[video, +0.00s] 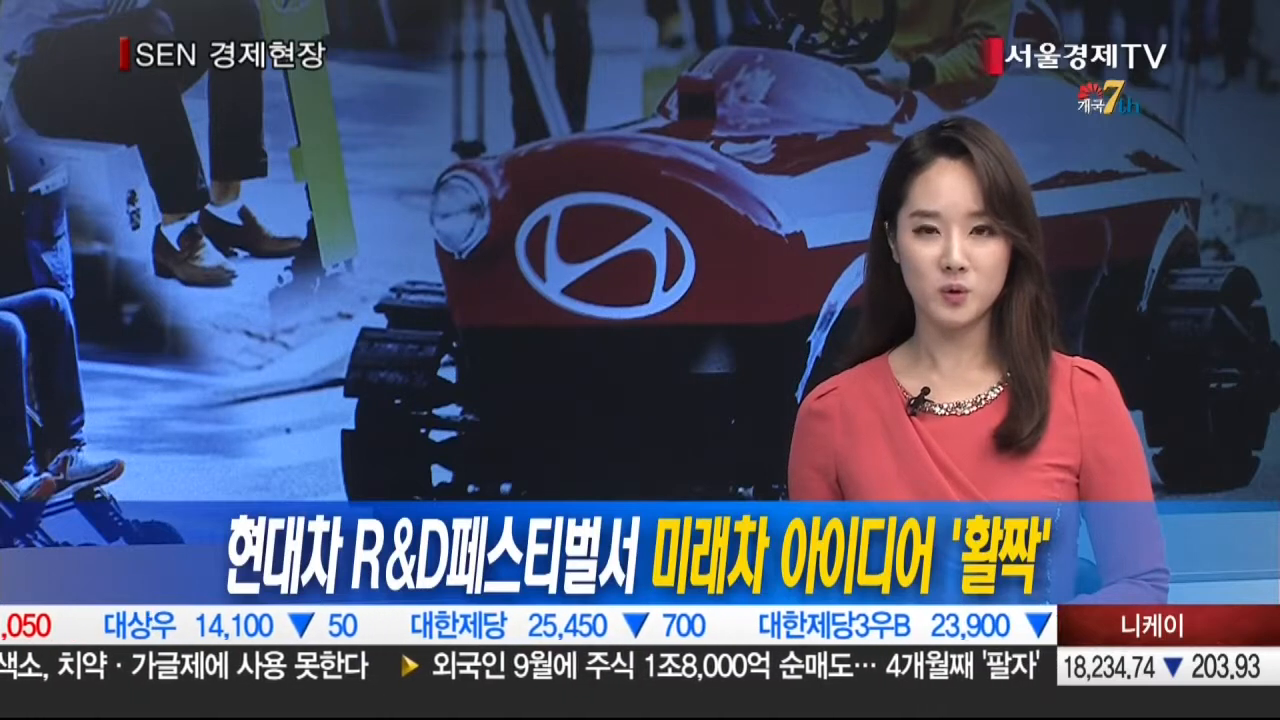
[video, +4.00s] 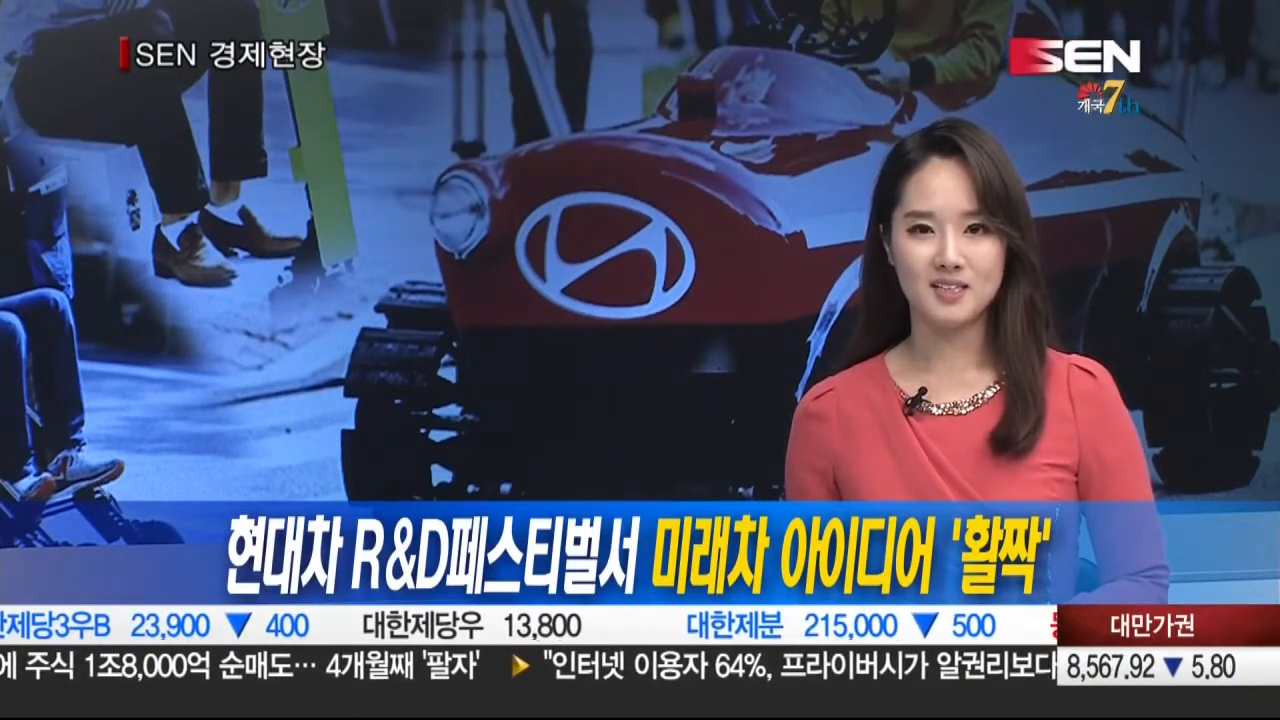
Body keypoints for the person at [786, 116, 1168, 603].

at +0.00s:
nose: (955, 259)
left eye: (982, 230)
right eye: (927, 230)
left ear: (1015, 245)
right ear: (893, 244)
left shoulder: (1084, 397)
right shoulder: (830, 415)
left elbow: (1142, 583)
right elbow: (811, 605)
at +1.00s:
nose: (952, 255)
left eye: (979, 228)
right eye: (925, 227)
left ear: (1014, 244)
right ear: (892, 243)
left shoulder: (1083, 396)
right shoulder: (829, 415)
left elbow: (1144, 581)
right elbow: (811, 604)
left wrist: (1033, 641)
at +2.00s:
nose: (952, 262)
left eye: (979, 232)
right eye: (924, 233)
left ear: (1013, 246)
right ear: (891, 245)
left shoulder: (1083, 396)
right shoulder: (830, 415)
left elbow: (1142, 582)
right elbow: (811, 605)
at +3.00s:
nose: (950, 263)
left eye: (977, 234)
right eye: (922, 234)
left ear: (1012, 248)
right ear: (889, 246)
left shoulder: (1083, 397)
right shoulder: (829, 417)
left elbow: (1142, 582)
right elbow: (812, 604)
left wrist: (1033, 640)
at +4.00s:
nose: (949, 257)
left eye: (976, 229)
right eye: (921, 230)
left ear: (1010, 245)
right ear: (887, 244)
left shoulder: (1081, 395)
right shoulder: (827, 416)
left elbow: (1143, 579)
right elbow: (808, 604)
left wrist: (1034, 637)